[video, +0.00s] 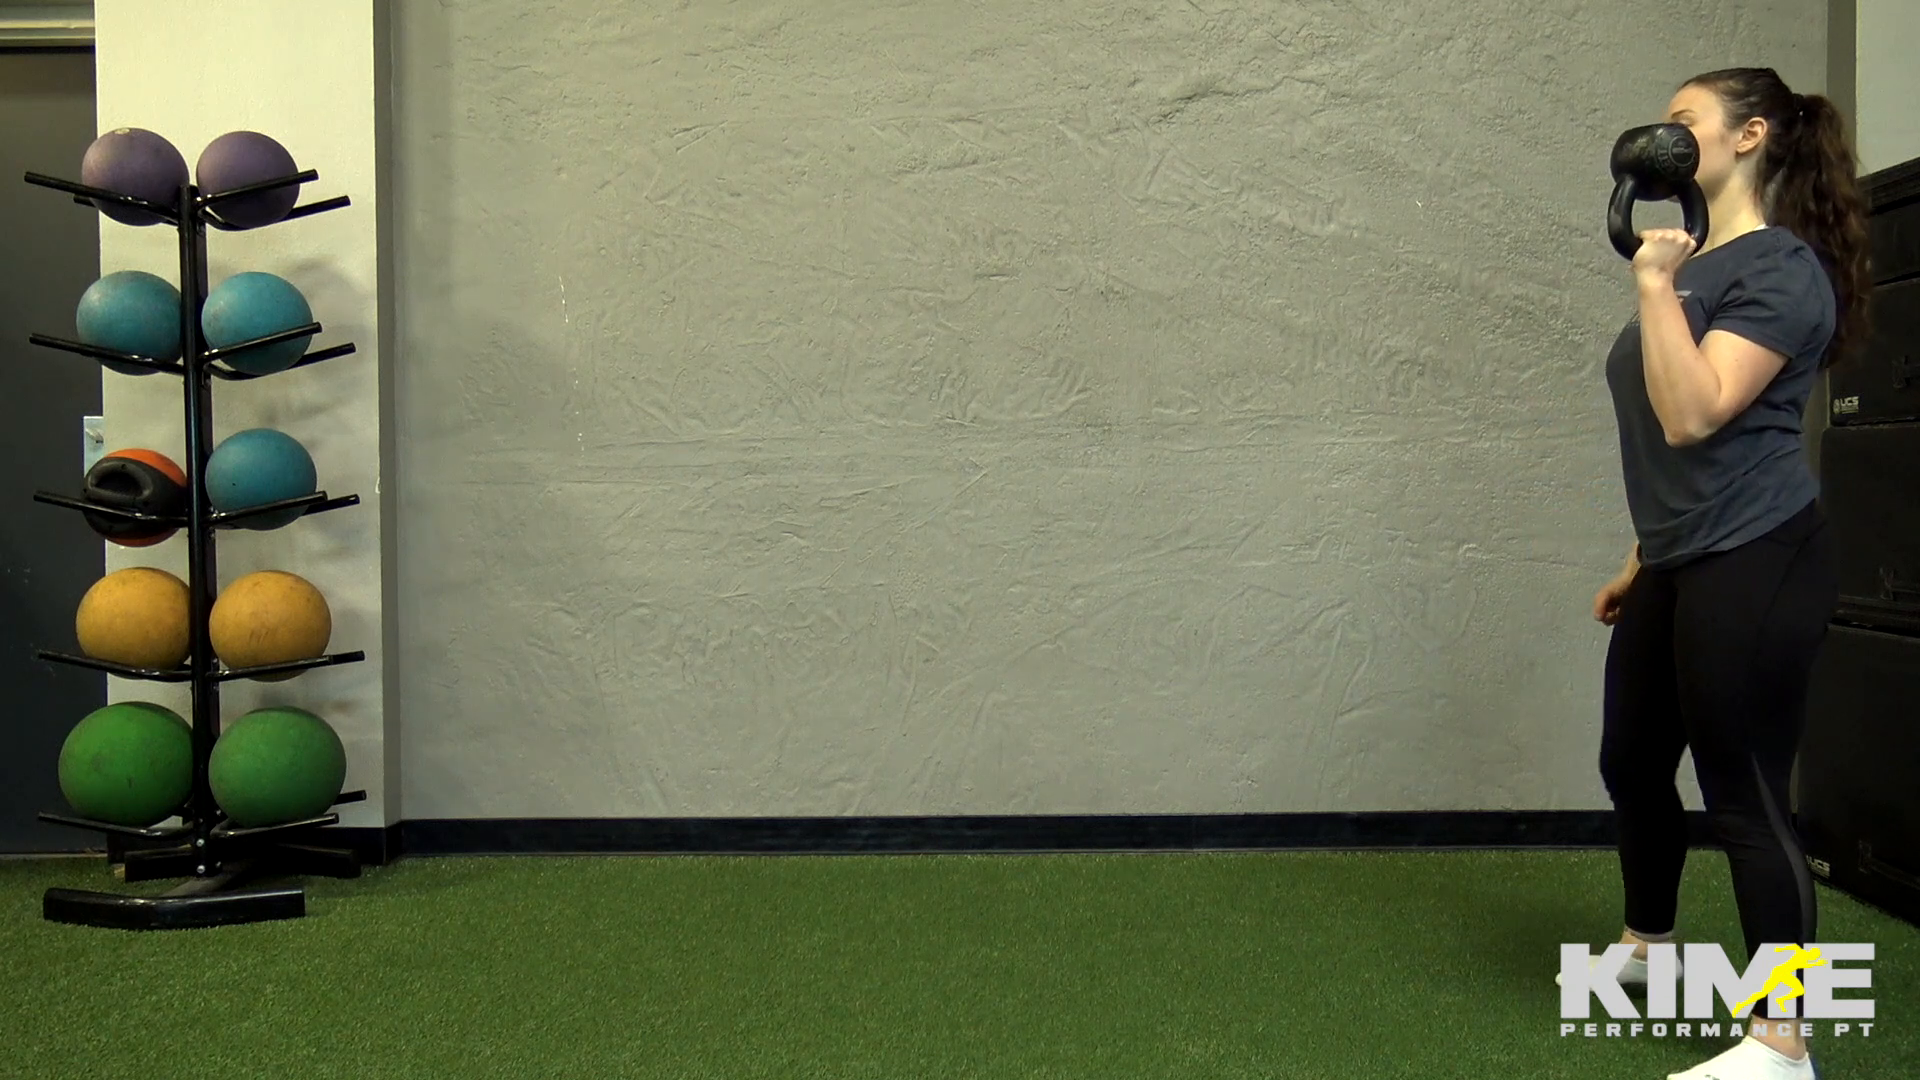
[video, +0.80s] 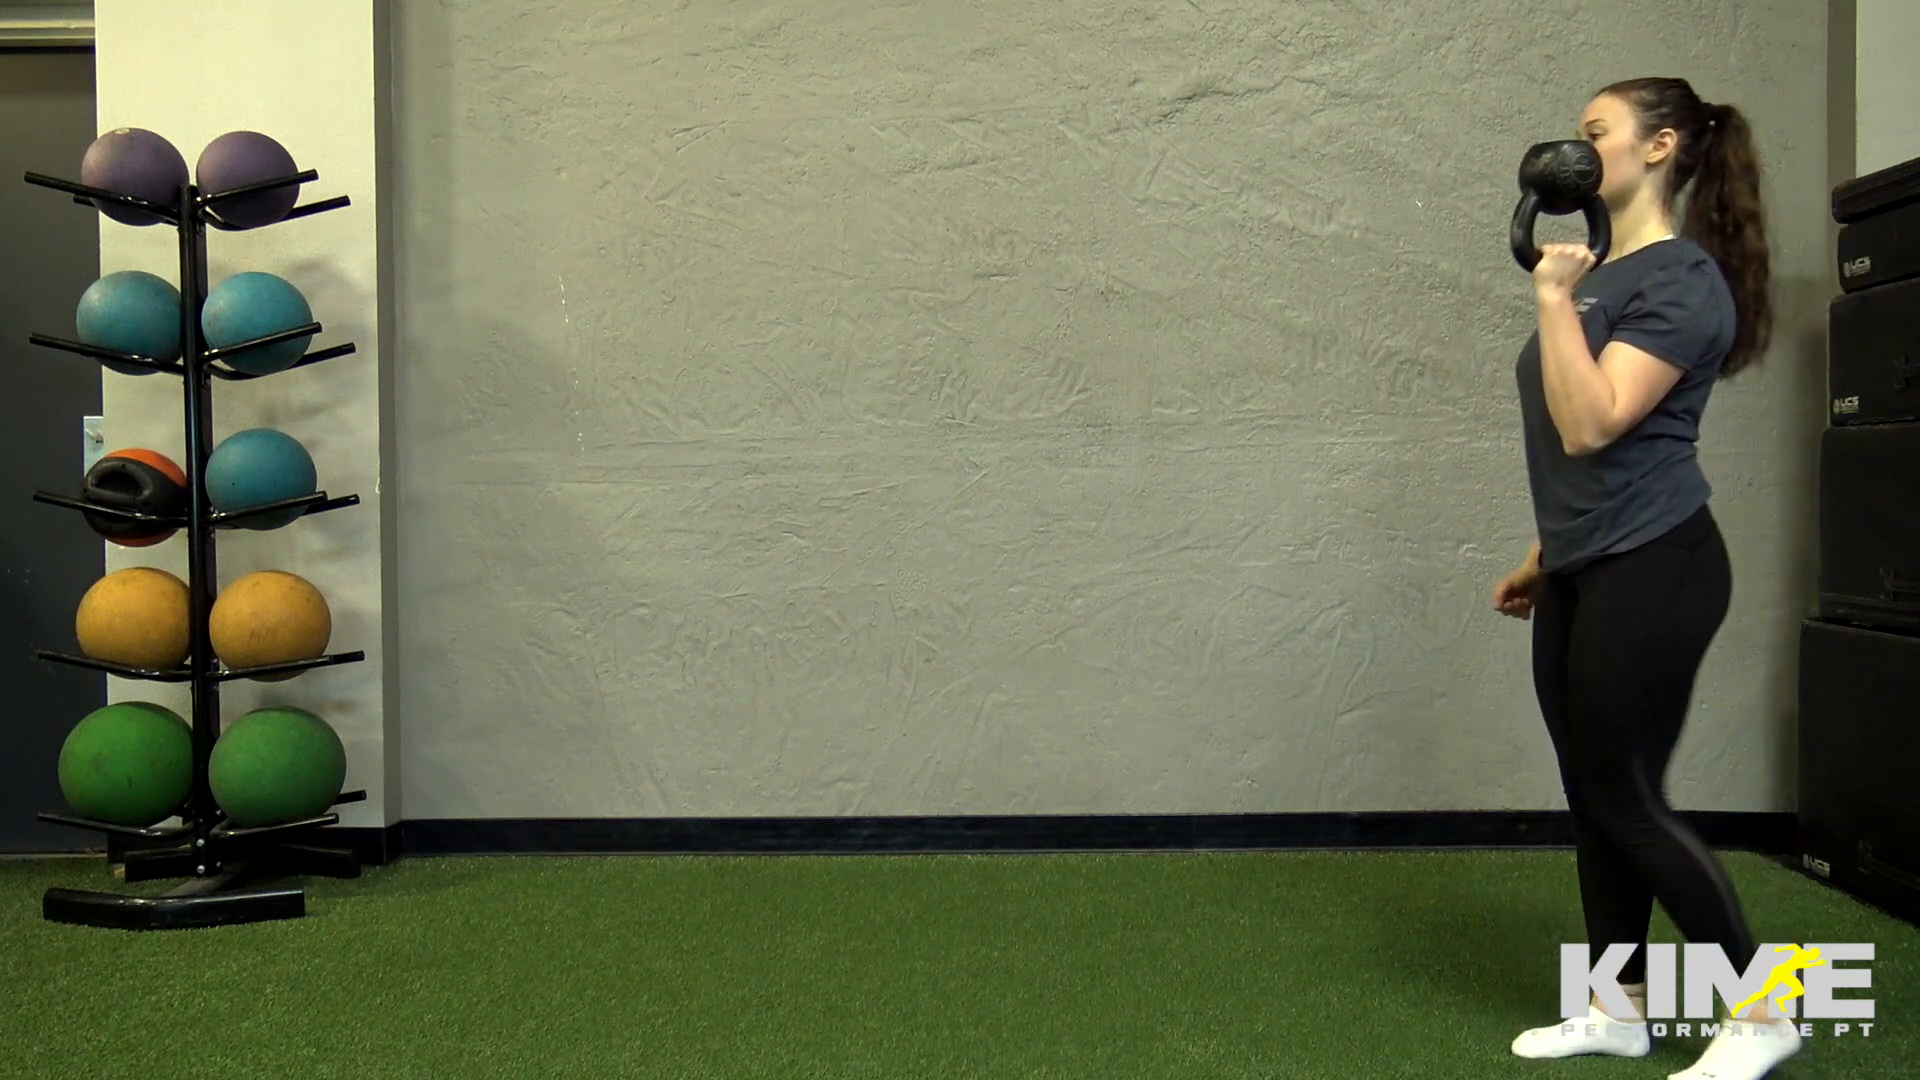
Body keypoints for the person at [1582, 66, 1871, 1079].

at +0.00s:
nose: (1665, 152)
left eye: (1684, 134)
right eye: (1666, 134)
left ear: (1751, 137)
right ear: (1733, 139)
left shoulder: (1784, 270)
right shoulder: (1701, 265)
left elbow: (1691, 416)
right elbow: (1685, 442)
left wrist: (1654, 284)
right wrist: (1643, 560)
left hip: (1755, 558)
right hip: (1676, 560)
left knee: (1743, 786)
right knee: (1633, 764)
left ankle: (1783, 1033)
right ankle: (1647, 952)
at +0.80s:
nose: (1580, 157)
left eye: (1597, 140)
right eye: (1581, 141)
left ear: (1662, 147)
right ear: (1644, 149)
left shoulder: (1685, 280)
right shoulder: (1601, 271)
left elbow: (1592, 422)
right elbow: (1585, 442)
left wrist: (1554, 297)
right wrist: (1545, 554)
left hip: (1653, 562)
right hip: (1583, 569)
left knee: (1624, 795)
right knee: (1594, 792)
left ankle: (1763, 996)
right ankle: (1620, 1006)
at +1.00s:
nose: (1546, 155)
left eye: (1565, 140)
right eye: (1549, 140)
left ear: (1629, 151)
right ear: (1607, 153)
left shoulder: (1655, 283)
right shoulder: (1574, 274)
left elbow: (1558, 431)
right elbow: (1566, 442)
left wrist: (1520, 306)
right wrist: (1526, 553)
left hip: (1620, 560)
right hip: (1571, 564)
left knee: (1519, 783)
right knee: (1593, 793)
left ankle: (1626, 1001)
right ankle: (1623, 1000)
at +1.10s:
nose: (1531, 155)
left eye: (1550, 140)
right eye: (1534, 141)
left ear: (1614, 152)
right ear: (1592, 155)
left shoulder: (1638, 284)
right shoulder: (1563, 280)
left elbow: (1544, 432)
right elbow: (1563, 444)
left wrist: (1507, 306)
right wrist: (1522, 559)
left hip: (1609, 560)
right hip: (1566, 564)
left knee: (1498, 778)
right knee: (1586, 795)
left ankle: (1542, 1009)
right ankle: (1616, 1005)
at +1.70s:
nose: (1407, 159)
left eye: (1425, 143)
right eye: (1409, 144)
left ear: (1486, 154)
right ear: (1468, 157)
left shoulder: (1508, 285)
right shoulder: (1441, 275)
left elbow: (1409, 424)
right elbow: (1417, 443)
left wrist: (1372, 302)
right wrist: (1395, 565)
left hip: (1470, 560)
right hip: (1432, 561)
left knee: (1431, 791)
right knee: (1442, 784)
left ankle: (1424, 1014)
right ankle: (1571, 960)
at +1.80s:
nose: (1391, 159)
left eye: (1409, 143)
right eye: (1394, 144)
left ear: (1469, 153)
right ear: (1452, 156)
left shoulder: (1491, 284)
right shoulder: (1422, 274)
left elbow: (1392, 422)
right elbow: (1395, 441)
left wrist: (1354, 299)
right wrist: (1376, 567)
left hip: (1454, 560)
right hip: (1404, 565)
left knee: (1423, 789)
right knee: (1385, 786)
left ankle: (1425, 1014)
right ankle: (1536, 946)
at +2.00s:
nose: (1352, 158)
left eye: (1370, 142)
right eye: (1355, 143)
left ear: (1430, 152)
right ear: (1414, 155)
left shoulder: (1454, 282)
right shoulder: (1391, 272)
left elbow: (1356, 420)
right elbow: (1347, 407)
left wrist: (1316, 300)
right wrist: (1320, 289)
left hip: (1422, 562)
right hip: (1358, 564)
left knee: (1405, 788)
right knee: (1306, 766)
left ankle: (1426, 1014)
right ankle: (1384, 965)